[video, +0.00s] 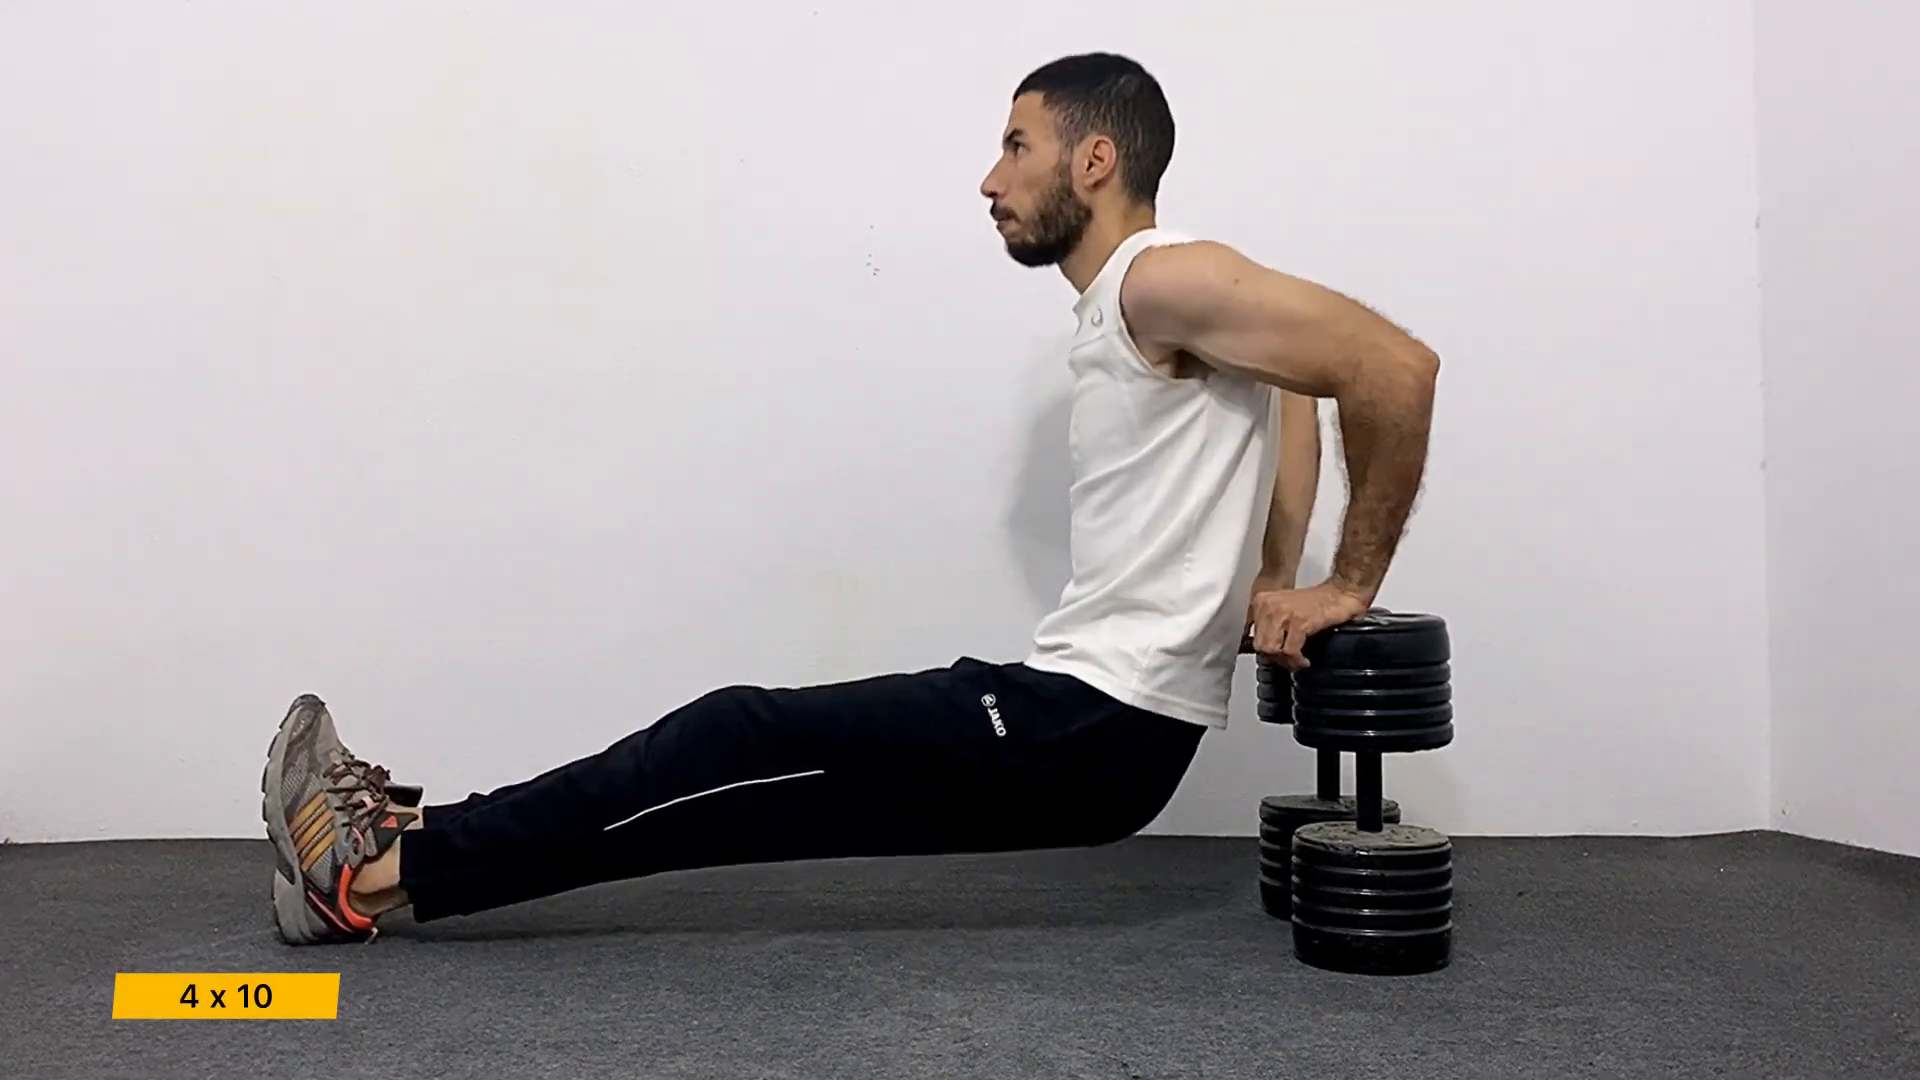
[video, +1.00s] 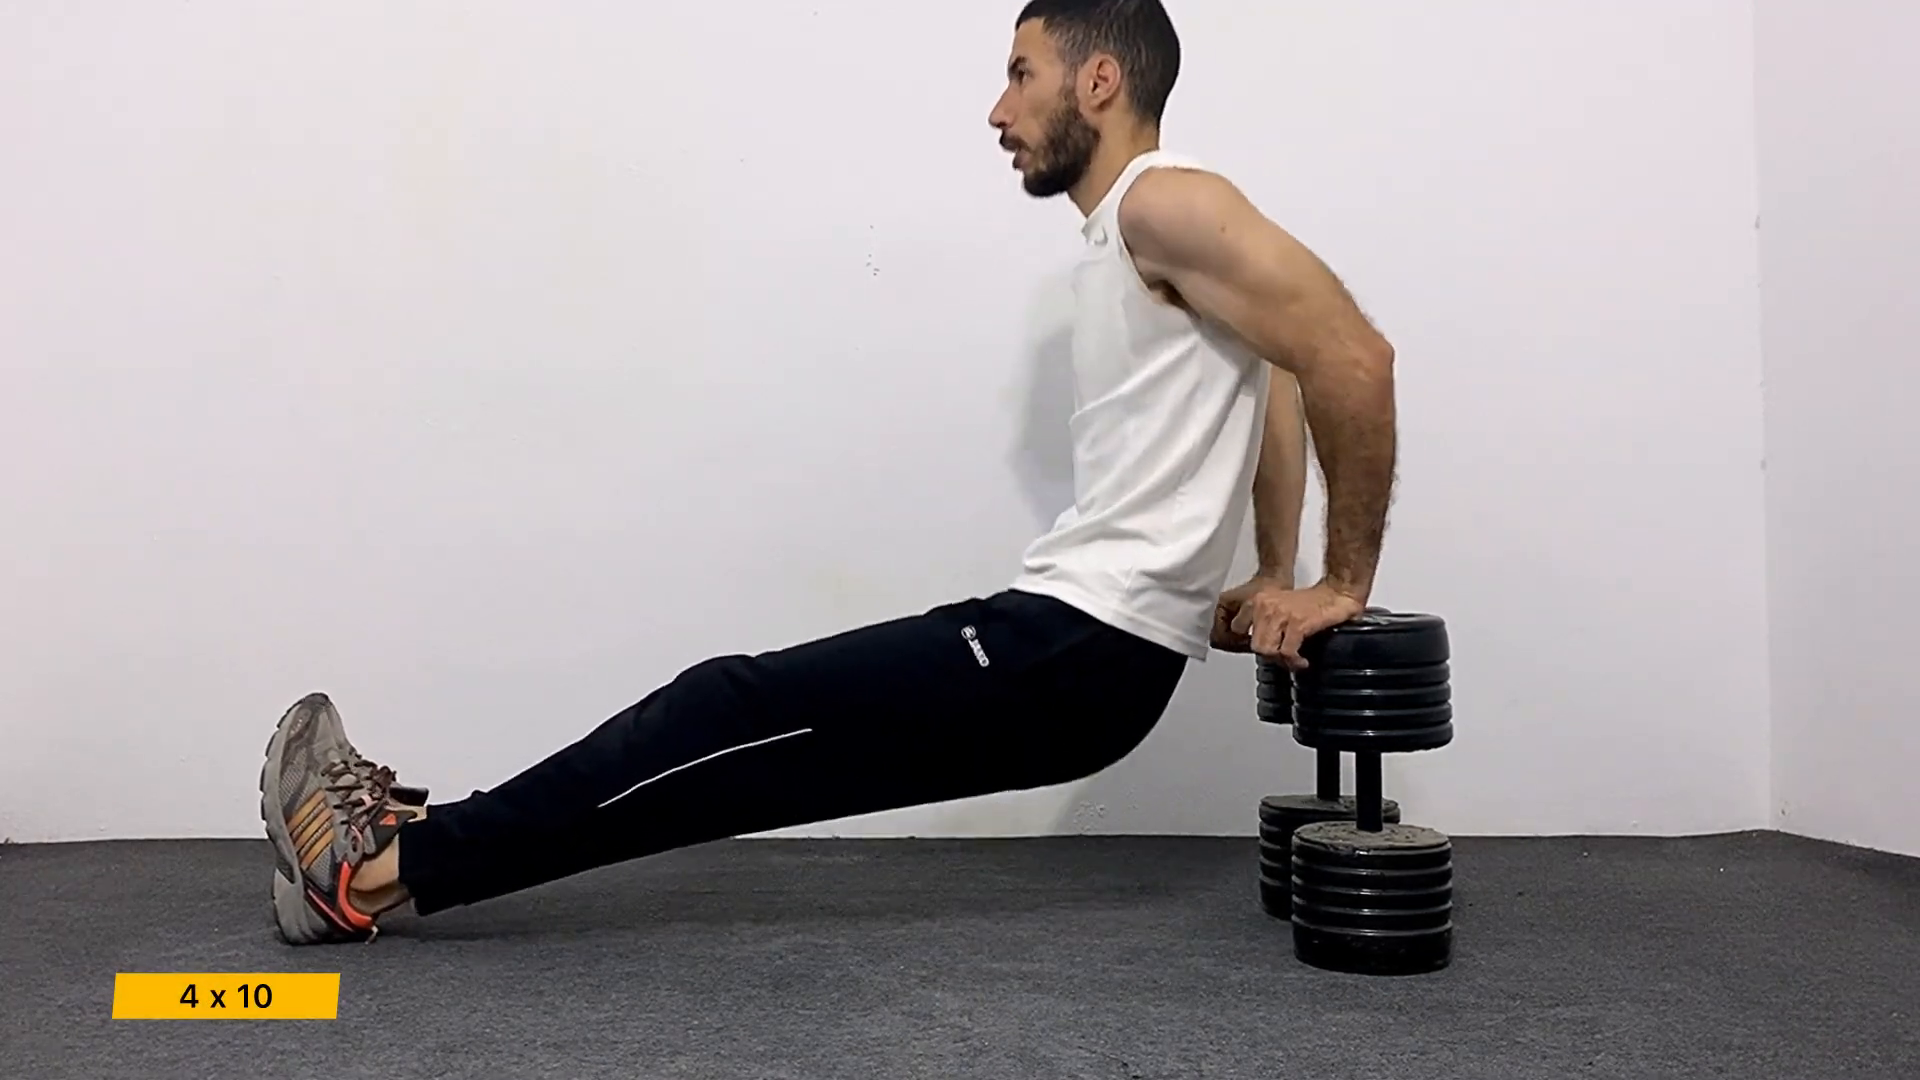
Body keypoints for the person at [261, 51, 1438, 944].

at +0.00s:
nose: (992, 181)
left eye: (1013, 149)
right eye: (998, 152)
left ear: (1100, 159)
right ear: (1103, 164)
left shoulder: (1163, 286)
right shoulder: (1138, 294)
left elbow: (1395, 368)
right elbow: (1302, 374)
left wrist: (1354, 586)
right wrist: (1281, 572)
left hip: (1101, 720)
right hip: (1077, 702)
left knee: (737, 749)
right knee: (735, 745)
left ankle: (390, 871)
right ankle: (408, 854)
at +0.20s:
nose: (978, 237)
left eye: (1001, 206)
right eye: (985, 210)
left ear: (1088, 218)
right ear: (1089, 220)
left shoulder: (1148, 340)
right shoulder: (1129, 339)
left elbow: (1402, 376)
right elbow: (1302, 388)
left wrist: (1355, 590)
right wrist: (1281, 571)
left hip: (1101, 773)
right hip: (1083, 754)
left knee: (737, 749)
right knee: (733, 773)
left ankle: (387, 868)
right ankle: (413, 847)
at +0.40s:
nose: (973, 271)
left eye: (996, 240)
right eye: (981, 243)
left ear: (1081, 247)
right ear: (1081, 250)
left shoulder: (1148, 366)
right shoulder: (1127, 372)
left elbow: (1402, 382)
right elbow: (1296, 409)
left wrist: (1354, 593)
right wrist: (1281, 578)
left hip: (1097, 805)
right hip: (1086, 793)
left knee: (740, 754)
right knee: (728, 818)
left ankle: (382, 874)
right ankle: (424, 844)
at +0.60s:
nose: (973, 269)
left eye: (995, 238)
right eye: (981, 240)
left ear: (1079, 244)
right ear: (1081, 246)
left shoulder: (1144, 363)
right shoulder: (1131, 367)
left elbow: (1401, 380)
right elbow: (1303, 405)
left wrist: (1354, 591)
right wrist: (1280, 577)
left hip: (1098, 799)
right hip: (1090, 787)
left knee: (737, 754)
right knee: (727, 805)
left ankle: (382, 875)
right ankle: (422, 845)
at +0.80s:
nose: (979, 206)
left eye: (999, 175)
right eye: (985, 179)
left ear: (1085, 182)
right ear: (1090, 187)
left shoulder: (1151, 304)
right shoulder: (1128, 310)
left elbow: (1395, 371)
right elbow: (1300, 385)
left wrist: (1355, 587)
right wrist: (1279, 571)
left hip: (1100, 740)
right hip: (1077, 722)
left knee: (732, 742)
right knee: (732, 755)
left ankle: (380, 875)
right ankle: (413, 849)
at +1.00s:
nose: (1000, 104)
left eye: (1023, 74)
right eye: (1006, 76)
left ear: (1102, 83)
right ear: (1095, 90)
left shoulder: (1172, 207)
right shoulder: (1144, 231)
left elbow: (1355, 358)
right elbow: (1276, 400)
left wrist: (1351, 585)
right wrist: (1269, 580)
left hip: (1084, 647)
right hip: (1071, 636)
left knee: (723, 724)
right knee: (724, 715)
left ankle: (390, 875)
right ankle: (416, 849)